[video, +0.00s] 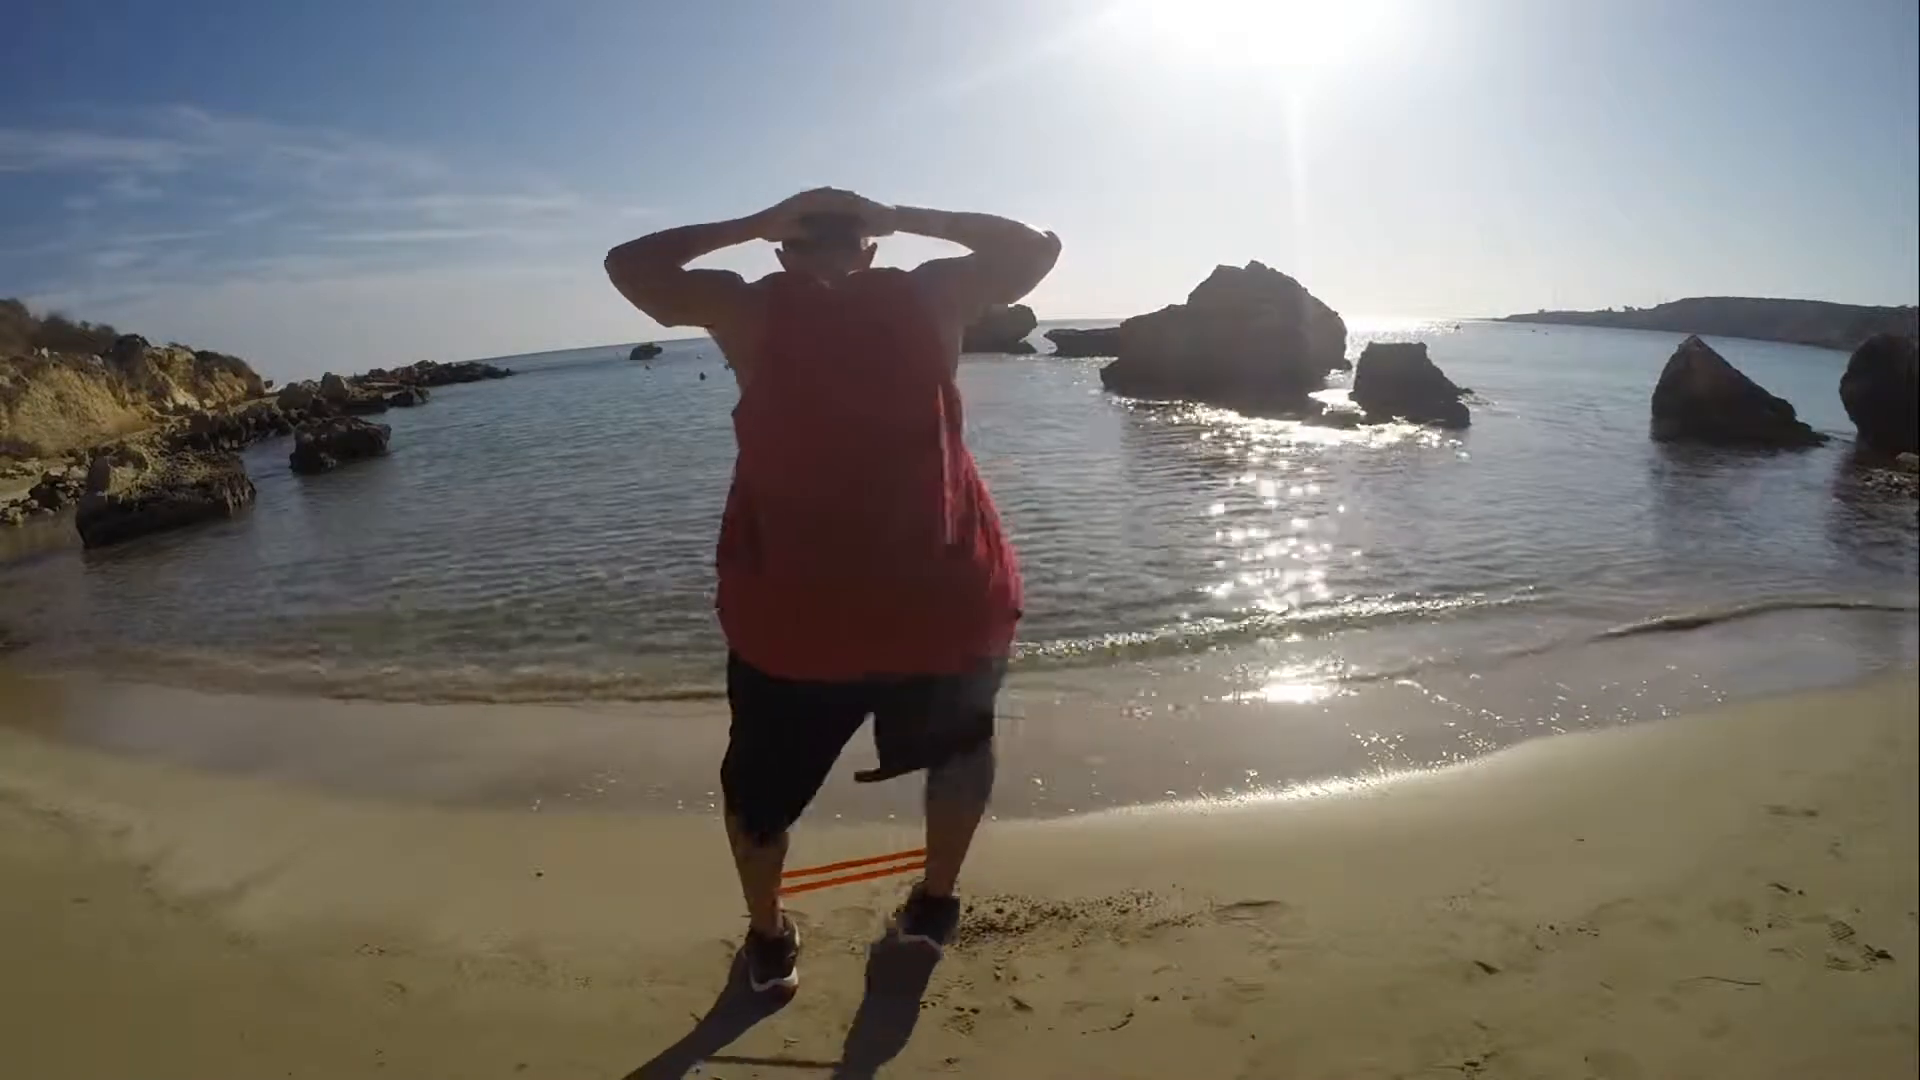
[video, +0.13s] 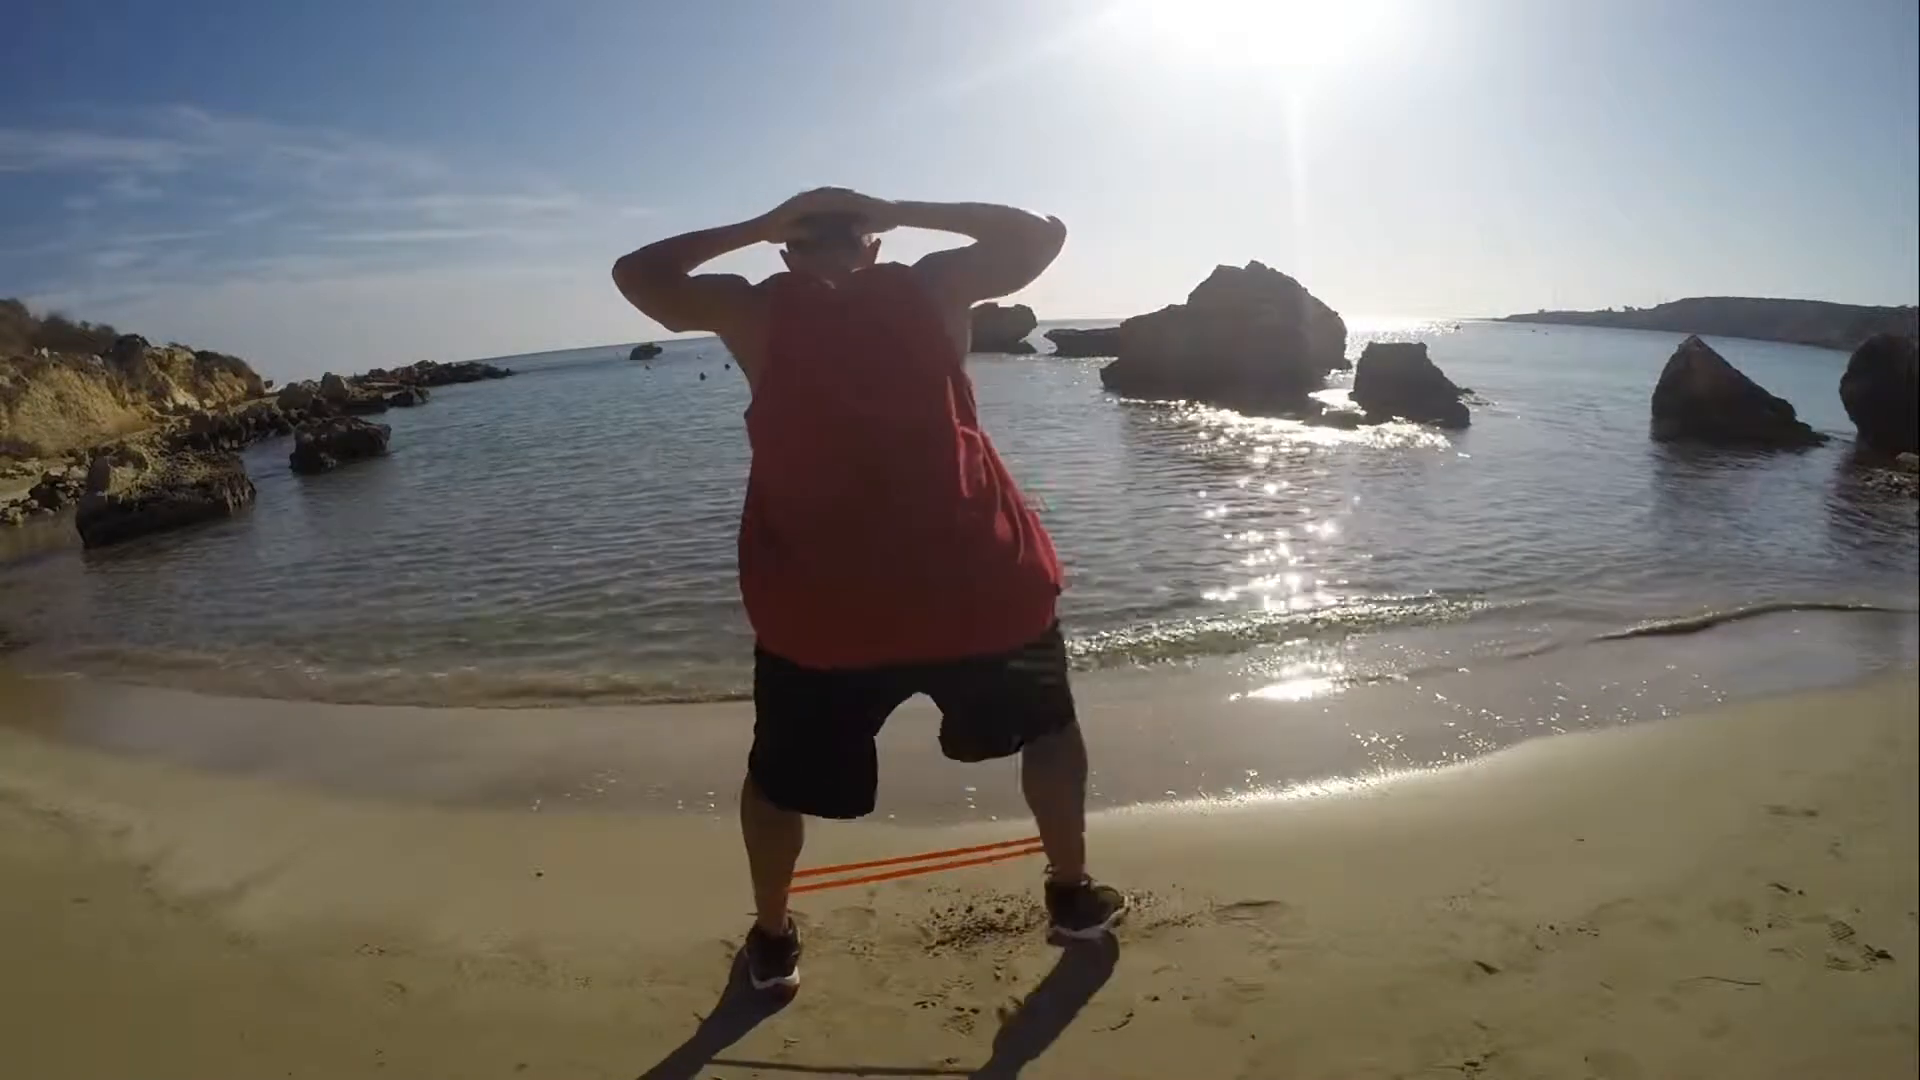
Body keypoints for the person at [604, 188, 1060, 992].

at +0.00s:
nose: (827, 234)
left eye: (811, 224)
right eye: (839, 224)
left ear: (780, 249)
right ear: (872, 245)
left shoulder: (743, 311)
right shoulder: (929, 298)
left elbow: (627, 264)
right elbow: (1034, 247)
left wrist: (751, 226)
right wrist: (900, 217)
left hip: (794, 601)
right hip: (939, 594)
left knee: (756, 786)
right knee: (961, 740)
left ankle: (767, 940)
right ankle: (935, 902)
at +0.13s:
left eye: (812, 234)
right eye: (850, 229)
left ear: (788, 248)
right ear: (873, 241)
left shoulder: (752, 310)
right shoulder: (932, 288)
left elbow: (637, 272)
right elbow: (1037, 235)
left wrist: (756, 229)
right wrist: (900, 213)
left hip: (819, 589)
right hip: (971, 570)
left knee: (778, 773)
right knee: (1046, 718)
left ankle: (771, 936)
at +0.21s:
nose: (852, 246)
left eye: (828, 237)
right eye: (870, 230)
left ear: (804, 252)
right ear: (891, 244)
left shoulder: (770, 313)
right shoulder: (951, 287)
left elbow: (652, 279)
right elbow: (1055, 231)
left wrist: (772, 231)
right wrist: (917, 210)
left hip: (850, 588)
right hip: (1003, 566)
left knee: (791, 773)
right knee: (1113, 726)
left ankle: (776, 941)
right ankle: (1171, 878)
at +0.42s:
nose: (933, 271)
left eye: (930, 258)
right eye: (937, 255)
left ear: (913, 271)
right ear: (1000, 264)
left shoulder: (886, 335)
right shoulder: (1068, 311)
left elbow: (750, 291)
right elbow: (1155, 252)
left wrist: (879, 248)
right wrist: (1025, 233)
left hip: (951, 620)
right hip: (1104, 609)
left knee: (839, 775)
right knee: (1194, 764)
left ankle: (785, 933)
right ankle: (1266, 907)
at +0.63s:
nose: (1100, 243)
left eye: (1087, 234)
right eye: (1108, 229)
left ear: (1066, 250)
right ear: (1142, 245)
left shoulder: (1042, 311)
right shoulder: (1206, 296)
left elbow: (881, 261)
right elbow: (1280, 243)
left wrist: (1023, 228)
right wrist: (1164, 217)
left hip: (1080, 569)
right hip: (1225, 574)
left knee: (940, 742)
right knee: (1249, 742)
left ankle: (891, 913)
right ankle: (1272, 908)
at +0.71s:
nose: (1115, 237)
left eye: (1111, 227)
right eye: (1124, 224)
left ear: (1095, 241)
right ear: (1172, 234)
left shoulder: (1074, 302)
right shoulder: (1244, 288)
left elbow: (917, 243)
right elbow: (1310, 238)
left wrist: (1058, 214)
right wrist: (1200, 209)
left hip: (1108, 563)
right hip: (1252, 566)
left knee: (1003, 736)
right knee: (1259, 740)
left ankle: (998, 912)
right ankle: (1273, 908)